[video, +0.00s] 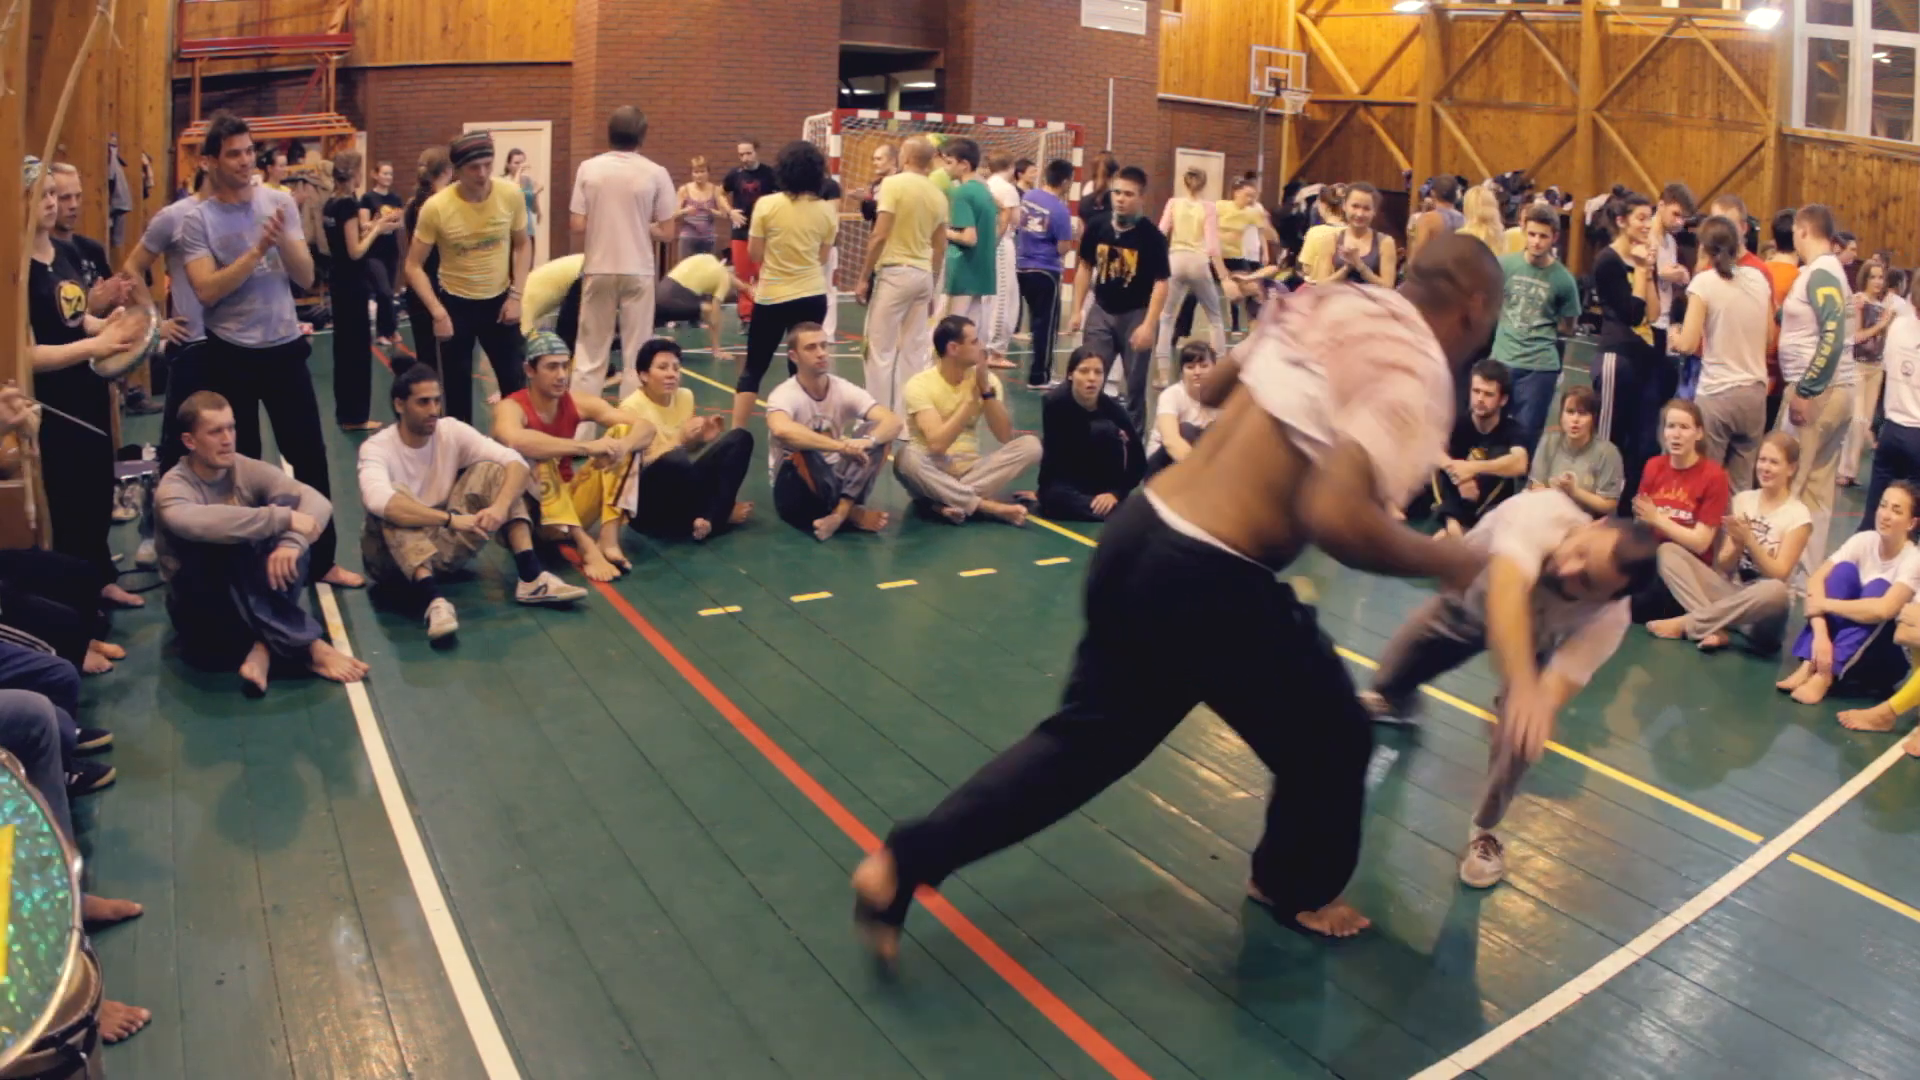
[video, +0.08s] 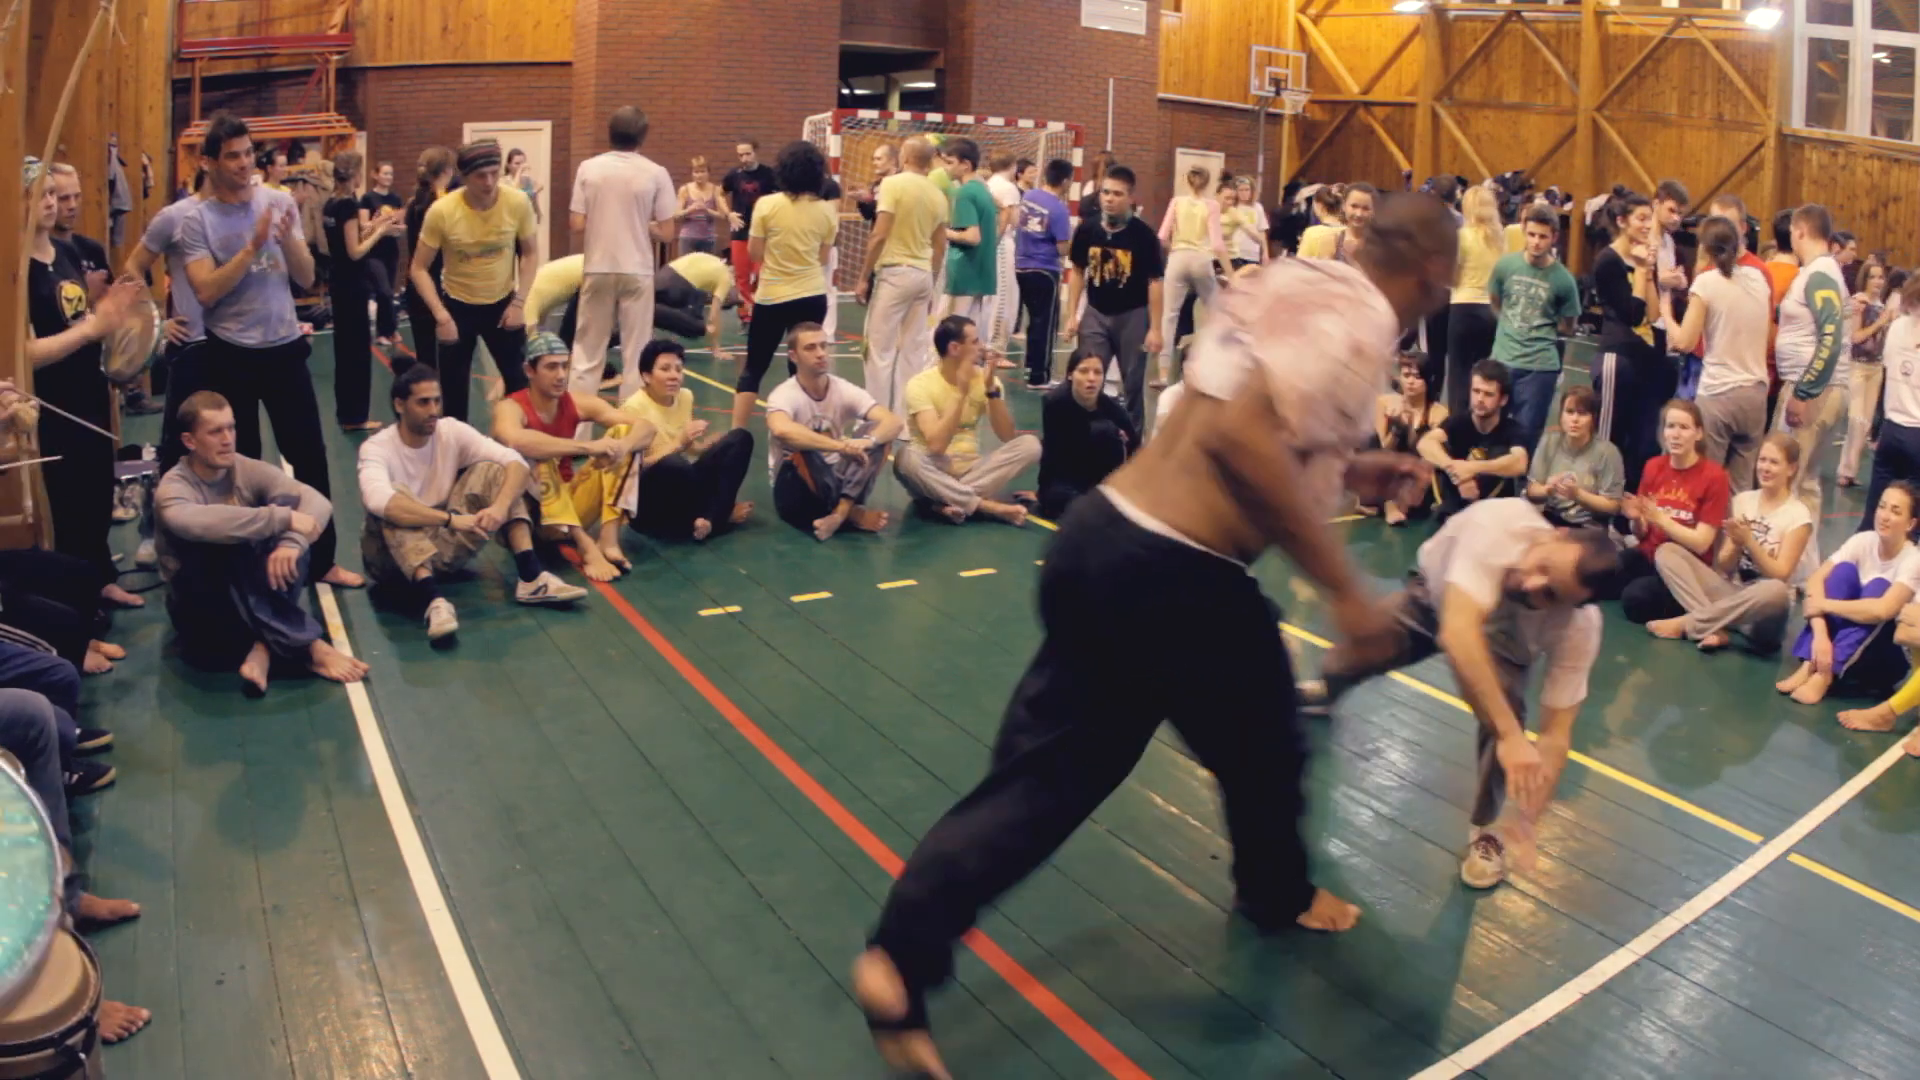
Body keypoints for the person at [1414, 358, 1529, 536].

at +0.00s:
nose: (1480, 400)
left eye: (1488, 394)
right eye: (1476, 392)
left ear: (1503, 400)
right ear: (1469, 393)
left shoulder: (1512, 430)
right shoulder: (1456, 426)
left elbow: (1519, 464)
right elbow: (1434, 451)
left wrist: (1471, 467)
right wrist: (1461, 476)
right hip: (1456, 498)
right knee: (1437, 468)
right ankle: (1452, 523)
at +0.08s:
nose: (1480, 400)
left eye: (1488, 395)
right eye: (1476, 392)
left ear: (1502, 400)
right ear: (1469, 392)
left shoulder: (1511, 429)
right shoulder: (1459, 421)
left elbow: (1519, 464)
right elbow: (1426, 444)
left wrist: (1472, 468)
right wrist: (1458, 476)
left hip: (1495, 511)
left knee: (1501, 455)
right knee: (1438, 455)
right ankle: (1448, 512)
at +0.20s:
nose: (1480, 400)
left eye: (1488, 394)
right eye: (1476, 392)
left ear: (1503, 400)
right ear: (1469, 393)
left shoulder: (1512, 430)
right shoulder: (1457, 422)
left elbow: (1519, 465)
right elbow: (1425, 444)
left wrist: (1472, 468)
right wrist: (1458, 473)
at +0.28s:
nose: (1480, 399)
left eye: (1488, 394)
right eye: (1476, 392)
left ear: (1503, 400)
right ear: (1469, 392)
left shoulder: (1511, 429)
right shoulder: (1457, 423)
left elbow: (1519, 464)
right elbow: (1426, 443)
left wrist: (1472, 468)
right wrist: (1459, 476)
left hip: (1496, 508)